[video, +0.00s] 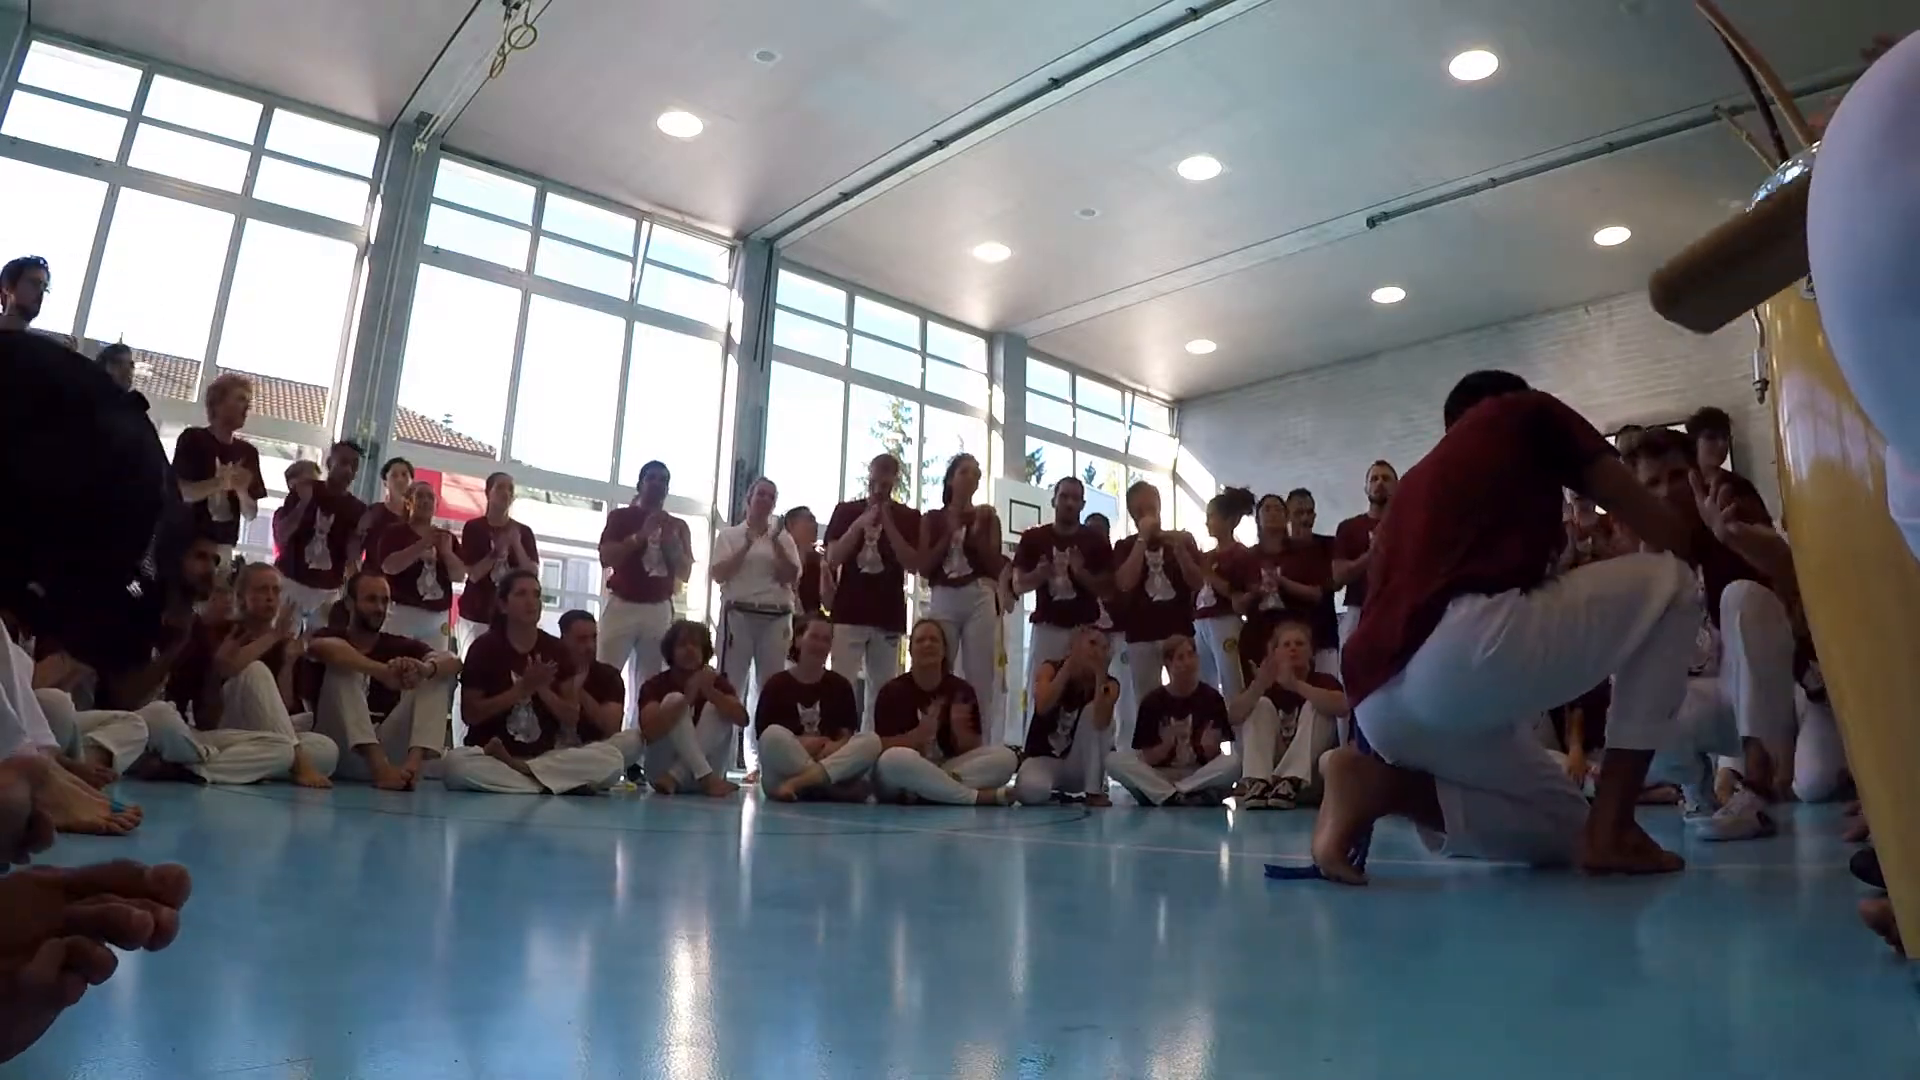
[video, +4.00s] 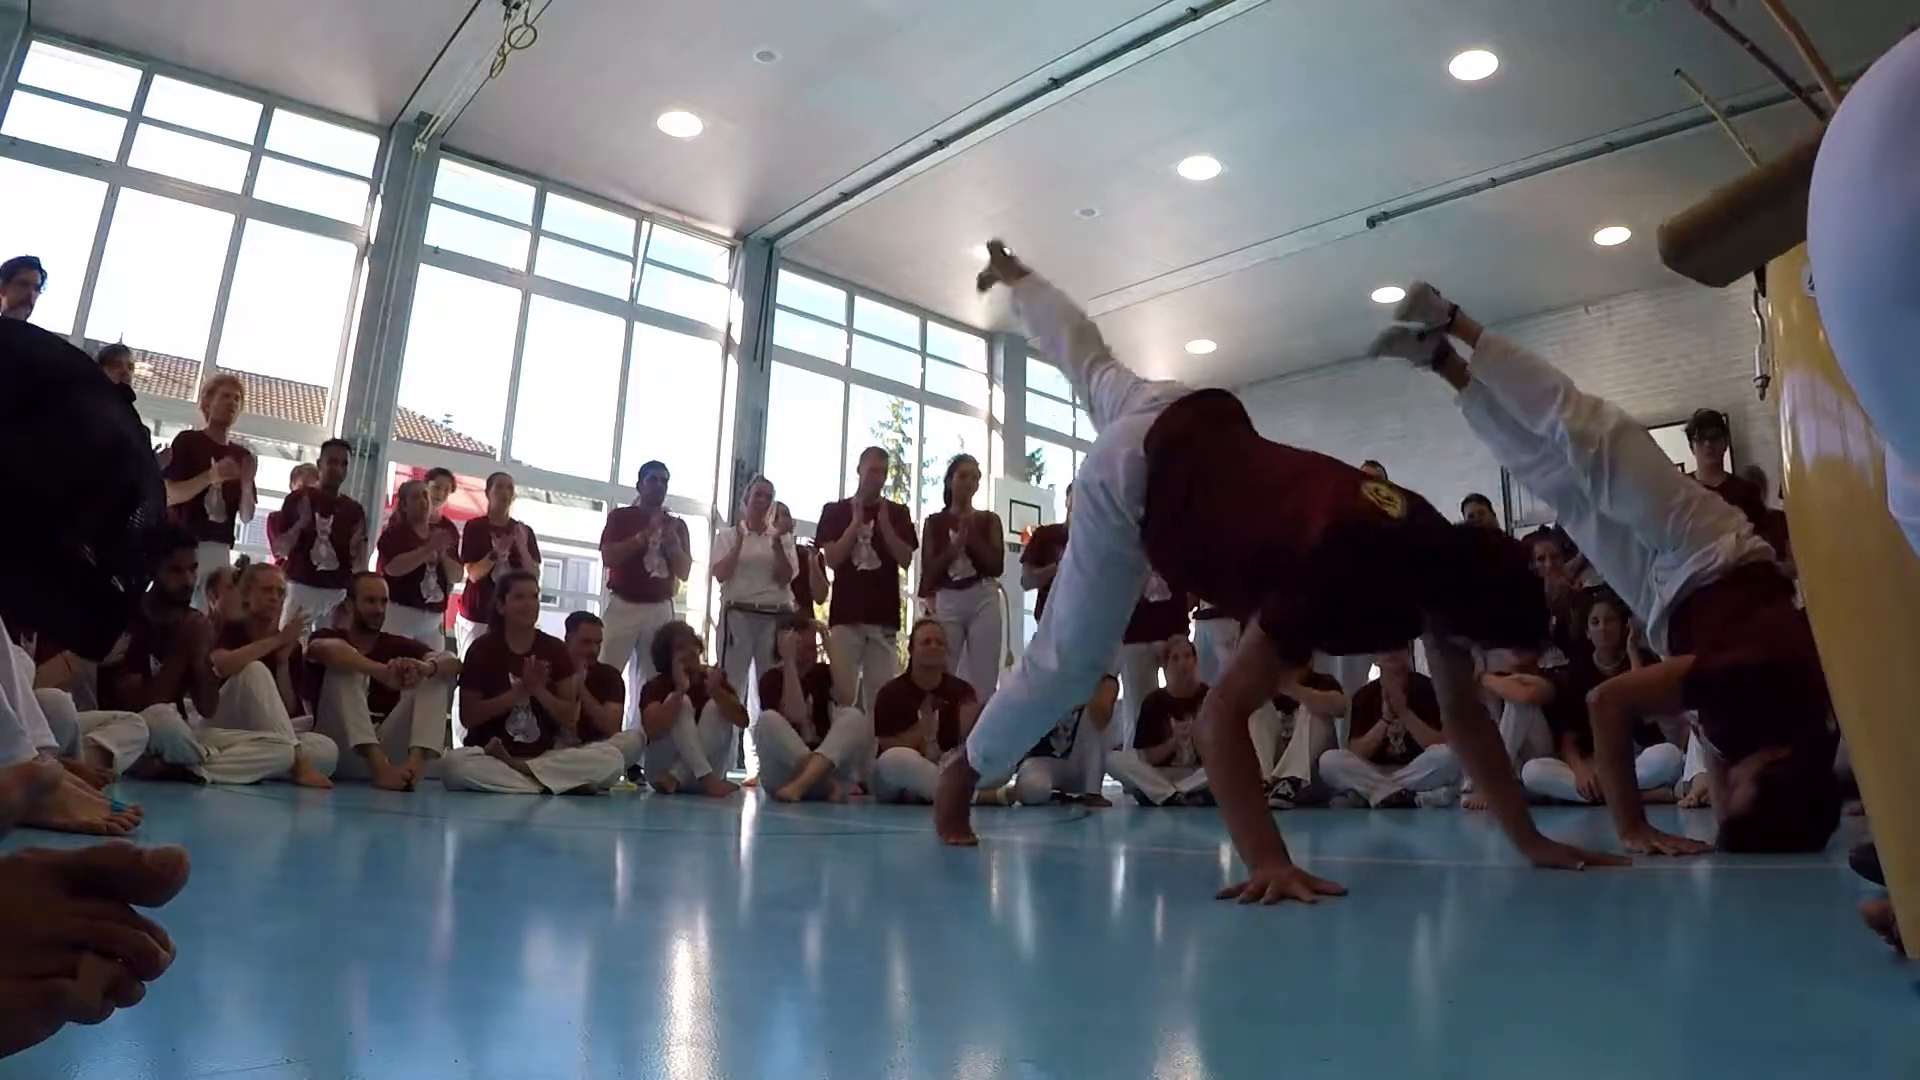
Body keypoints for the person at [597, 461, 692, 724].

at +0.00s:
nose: (657, 484)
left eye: (662, 480)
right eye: (651, 478)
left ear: (668, 487)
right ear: (640, 484)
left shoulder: (678, 526)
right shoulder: (620, 517)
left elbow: (685, 574)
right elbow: (607, 557)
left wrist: (672, 544)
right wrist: (640, 535)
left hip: (658, 610)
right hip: (620, 607)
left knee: (650, 688)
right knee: (605, 682)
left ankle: (645, 752)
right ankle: (598, 748)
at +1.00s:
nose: (656, 481)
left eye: (660, 477)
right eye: (650, 476)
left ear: (665, 484)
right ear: (637, 482)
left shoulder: (677, 524)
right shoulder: (618, 516)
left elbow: (683, 572)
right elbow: (610, 558)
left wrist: (670, 544)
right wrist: (646, 541)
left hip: (659, 610)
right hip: (621, 608)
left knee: (653, 688)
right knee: (605, 682)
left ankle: (647, 752)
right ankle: (598, 748)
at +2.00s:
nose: (659, 482)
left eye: (663, 478)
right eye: (653, 477)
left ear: (668, 485)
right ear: (639, 483)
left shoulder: (677, 524)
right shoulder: (619, 517)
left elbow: (685, 573)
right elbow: (609, 559)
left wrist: (673, 547)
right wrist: (640, 537)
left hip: (660, 609)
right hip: (622, 607)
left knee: (653, 687)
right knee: (605, 682)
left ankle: (646, 751)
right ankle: (600, 748)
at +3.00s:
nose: (660, 485)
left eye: (664, 480)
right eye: (654, 479)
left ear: (669, 487)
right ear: (641, 484)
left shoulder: (677, 526)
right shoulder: (620, 517)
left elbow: (684, 572)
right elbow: (611, 556)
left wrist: (670, 540)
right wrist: (645, 540)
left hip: (660, 610)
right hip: (622, 607)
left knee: (653, 686)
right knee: (606, 680)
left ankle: (647, 747)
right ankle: (598, 745)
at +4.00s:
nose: (659, 485)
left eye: (663, 481)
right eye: (653, 479)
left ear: (668, 487)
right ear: (639, 484)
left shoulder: (676, 525)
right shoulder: (619, 517)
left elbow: (684, 573)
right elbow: (609, 557)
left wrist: (672, 545)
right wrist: (644, 535)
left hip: (660, 609)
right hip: (622, 607)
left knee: (653, 684)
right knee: (606, 679)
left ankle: (646, 747)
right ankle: (599, 744)